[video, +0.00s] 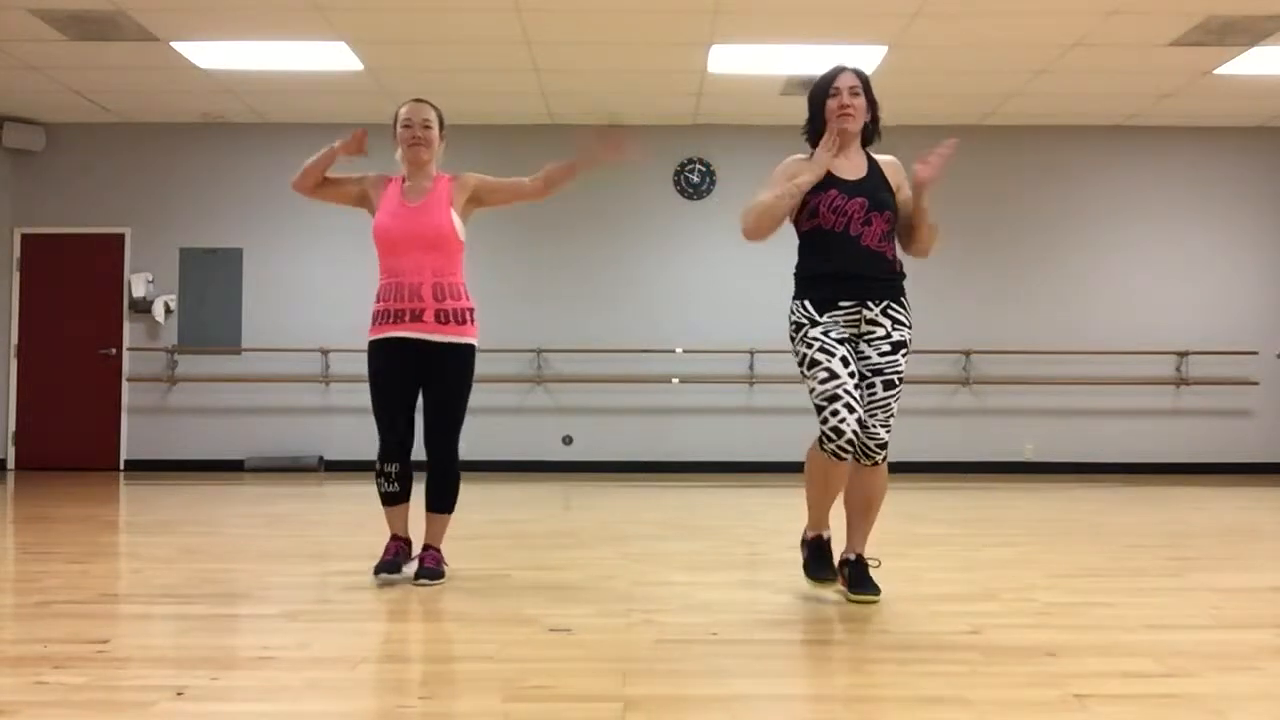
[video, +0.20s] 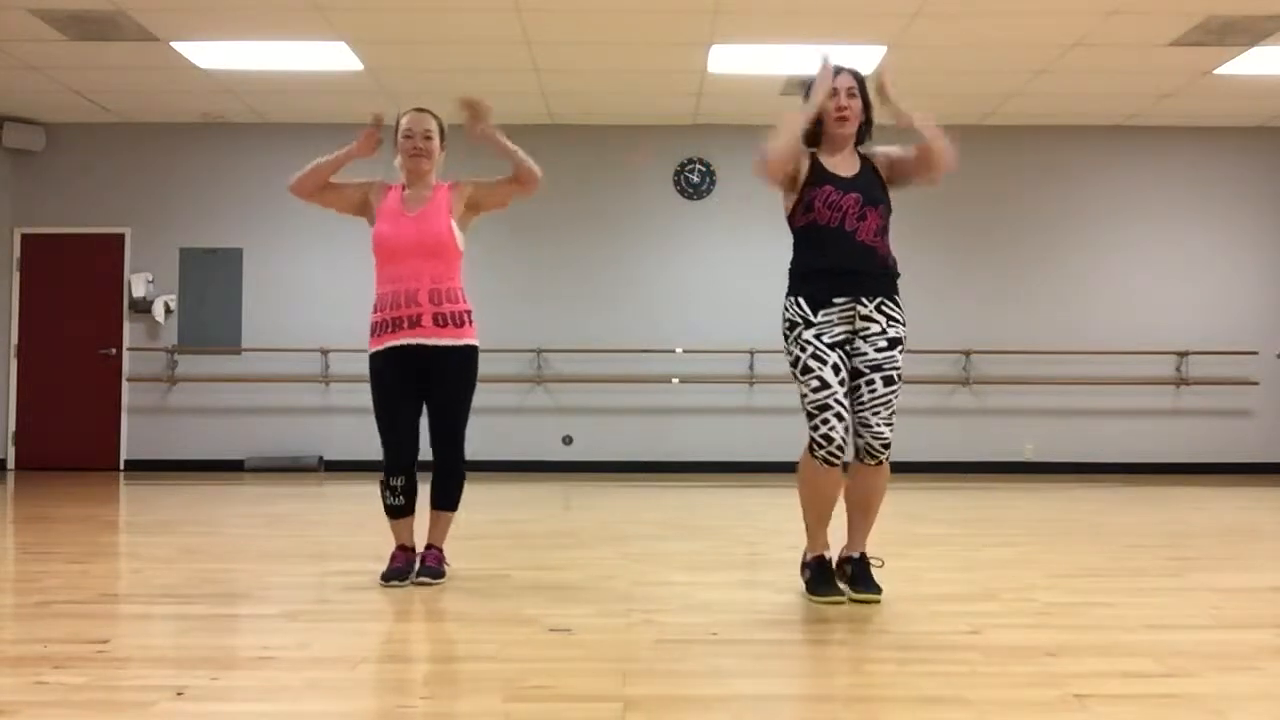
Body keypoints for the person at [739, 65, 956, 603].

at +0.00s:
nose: (845, 101)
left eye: (855, 93)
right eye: (834, 94)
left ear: (869, 107)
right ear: (818, 108)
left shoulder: (890, 167)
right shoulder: (800, 165)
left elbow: (917, 245)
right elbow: (753, 227)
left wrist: (923, 193)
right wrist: (811, 174)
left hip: (885, 312)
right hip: (820, 312)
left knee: (874, 433)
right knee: (842, 422)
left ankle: (855, 558)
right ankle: (816, 534)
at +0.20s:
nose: (842, 102)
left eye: (851, 95)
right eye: (833, 94)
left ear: (864, 109)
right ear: (817, 106)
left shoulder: (882, 164)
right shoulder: (800, 163)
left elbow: (941, 159)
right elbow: (772, 164)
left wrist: (901, 110)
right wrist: (807, 105)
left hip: (878, 311)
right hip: (814, 312)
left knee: (874, 435)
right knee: (831, 434)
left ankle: (856, 555)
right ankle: (816, 555)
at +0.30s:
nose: (841, 98)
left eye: (850, 91)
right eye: (830, 91)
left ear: (864, 104)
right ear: (814, 106)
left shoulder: (881, 154)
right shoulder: (797, 159)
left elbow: (928, 104)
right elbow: (775, 98)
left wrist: (882, 39)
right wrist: (821, 45)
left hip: (876, 309)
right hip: (810, 311)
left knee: (884, 427)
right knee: (821, 429)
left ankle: (855, 541)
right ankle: (815, 556)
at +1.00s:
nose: (843, 103)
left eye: (852, 96)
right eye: (830, 96)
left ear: (864, 110)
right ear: (814, 112)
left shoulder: (878, 158)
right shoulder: (795, 160)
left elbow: (915, 75)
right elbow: (761, 86)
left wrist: (943, 8)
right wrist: (745, 31)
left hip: (875, 315)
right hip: (811, 316)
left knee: (869, 438)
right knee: (829, 434)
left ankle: (854, 557)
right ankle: (810, 555)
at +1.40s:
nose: (844, 107)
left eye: (853, 98)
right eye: (833, 99)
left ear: (867, 109)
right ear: (816, 110)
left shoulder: (884, 157)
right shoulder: (795, 160)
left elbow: (951, 105)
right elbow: (734, 115)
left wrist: (1017, 58)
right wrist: (672, 63)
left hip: (874, 317)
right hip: (809, 318)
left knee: (867, 439)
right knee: (819, 436)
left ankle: (853, 554)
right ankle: (809, 559)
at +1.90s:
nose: (847, 101)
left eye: (856, 93)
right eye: (836, 93)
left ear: (868, 105)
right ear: (817, 106)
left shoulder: (888, 161)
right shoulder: (793, 161)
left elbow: (961, 153)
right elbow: (714, 156)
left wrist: (1039, 145)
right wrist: (637, 147)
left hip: (875, 315)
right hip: (810, 316)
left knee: (875, 441)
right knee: (829, 438)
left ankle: (854, 553)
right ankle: (817, 559)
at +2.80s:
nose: (850, 94)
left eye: (859, 86)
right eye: (840, 86)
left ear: (872, 100)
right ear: (822, 100)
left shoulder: (893, 162)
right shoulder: (796, 164)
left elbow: (958, 204)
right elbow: (725, 207)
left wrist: (1027, 243)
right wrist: (657, 239)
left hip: (880, 312)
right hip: (814, 314)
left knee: (878, 441)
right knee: (831, 439)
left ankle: (860, 553)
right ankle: (823, 561)